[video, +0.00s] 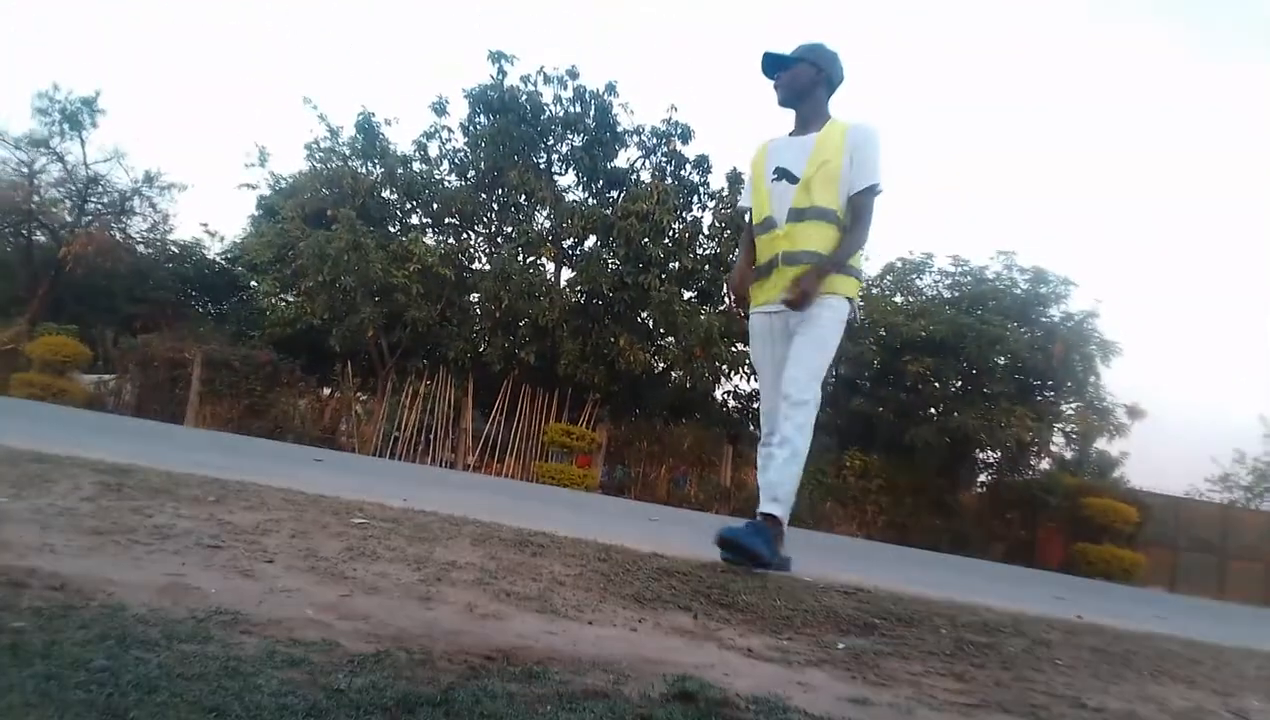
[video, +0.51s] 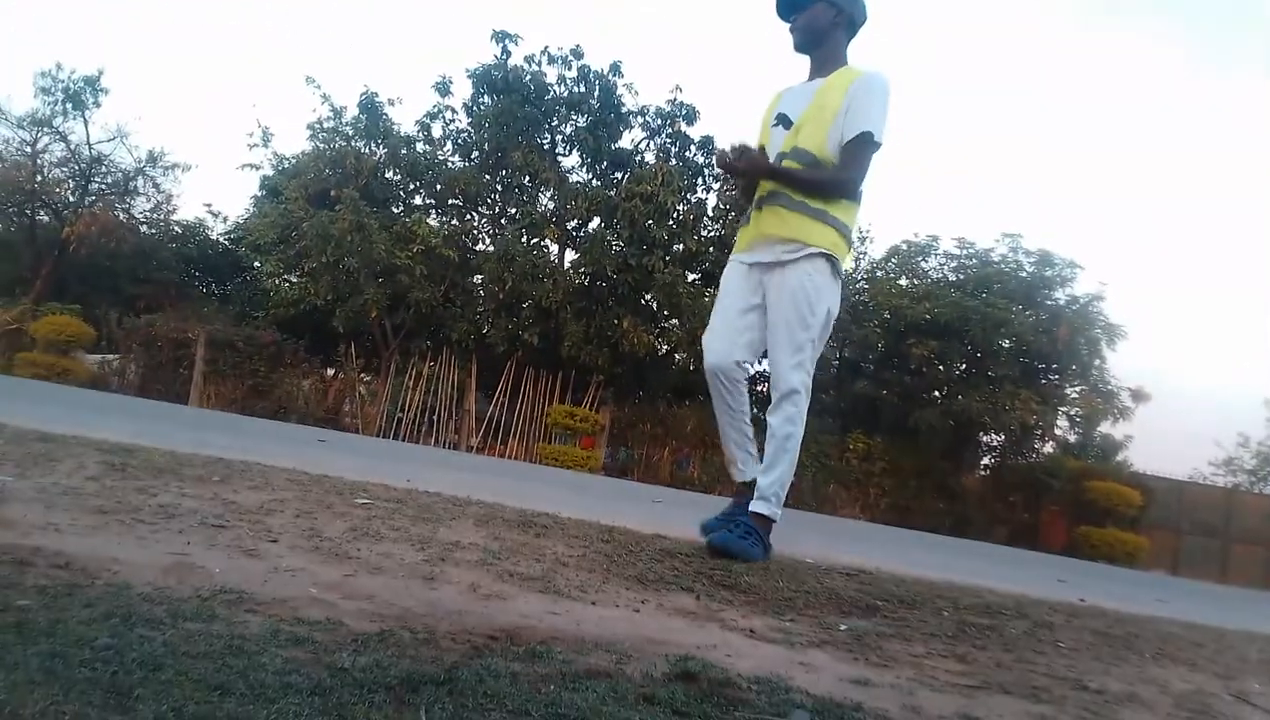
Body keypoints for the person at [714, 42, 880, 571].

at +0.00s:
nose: (778, 75)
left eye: (790, 67)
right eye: (779, 68)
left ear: (820, 77)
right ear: (792, 80)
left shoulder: (855, 138)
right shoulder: (765, 152)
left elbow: (860, 223)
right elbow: (753, 223)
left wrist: (820, 273)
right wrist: (742, 262)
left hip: (823, 292)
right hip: (766, 295)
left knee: (797, 396)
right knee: (772, 405)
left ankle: (770, 523)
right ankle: (770, 531)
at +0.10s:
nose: (779, 69)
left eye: (791, 60)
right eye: (780, 61)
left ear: (822, 69)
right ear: (795, 73)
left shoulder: (855, 132)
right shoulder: (767, 146)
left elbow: (856, 224)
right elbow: (752, 219)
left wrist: (797, 260)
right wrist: (748, 248)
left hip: (819, 293)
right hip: (765, 292)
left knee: (795, 404)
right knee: (769, 408)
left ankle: (765, 525)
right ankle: (772, 530)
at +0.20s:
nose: (785, 41)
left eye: (797, 32)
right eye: (786, 33)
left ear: (828, 42)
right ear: (806, 45)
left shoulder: (860, 106)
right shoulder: (774, 120)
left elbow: (856, 202)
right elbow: (758, 192)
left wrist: (784, 227)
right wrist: (753, 215)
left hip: (815, 270)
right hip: (761, 268)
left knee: (793, 390)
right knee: (762, 393)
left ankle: (763, 516)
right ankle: (773, 516)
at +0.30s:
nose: (789, 34)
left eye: (801, 25)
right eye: (790, 27)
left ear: (833, 35)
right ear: (809, 40)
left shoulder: (862, 100)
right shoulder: (777, 115)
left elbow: (853, 196)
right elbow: (760, 189)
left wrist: (775, 209)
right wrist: (746, 205)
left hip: (815, 265)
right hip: (759, 263)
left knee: (790, 387)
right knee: (746, 383)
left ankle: (760, 519)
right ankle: (771, 506)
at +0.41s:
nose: (790, 25)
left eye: (802, 15)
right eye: (790, 18)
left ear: (835, 23)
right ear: (812, 28)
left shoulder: (864, 92)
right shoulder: (781, 104)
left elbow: (851, 187)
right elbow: (763, 192)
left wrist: (772, 182)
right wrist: (743, 187)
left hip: (812, 258)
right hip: (755, 255)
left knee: (792, 384)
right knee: (730, 370)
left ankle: (760, 518)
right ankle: (765, 485)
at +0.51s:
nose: (792, 18)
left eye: (805, 8)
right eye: (792, 12)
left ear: (842, 16)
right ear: (804, 26)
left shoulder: (866, 86)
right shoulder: (782, 99)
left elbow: (847, 179)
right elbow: (760, 195)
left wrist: (767, 169)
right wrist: (743, 176)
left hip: (809, 253)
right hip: (751, 250)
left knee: (790, 381)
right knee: (721, 357)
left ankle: (761, 520)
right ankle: (748, 488)